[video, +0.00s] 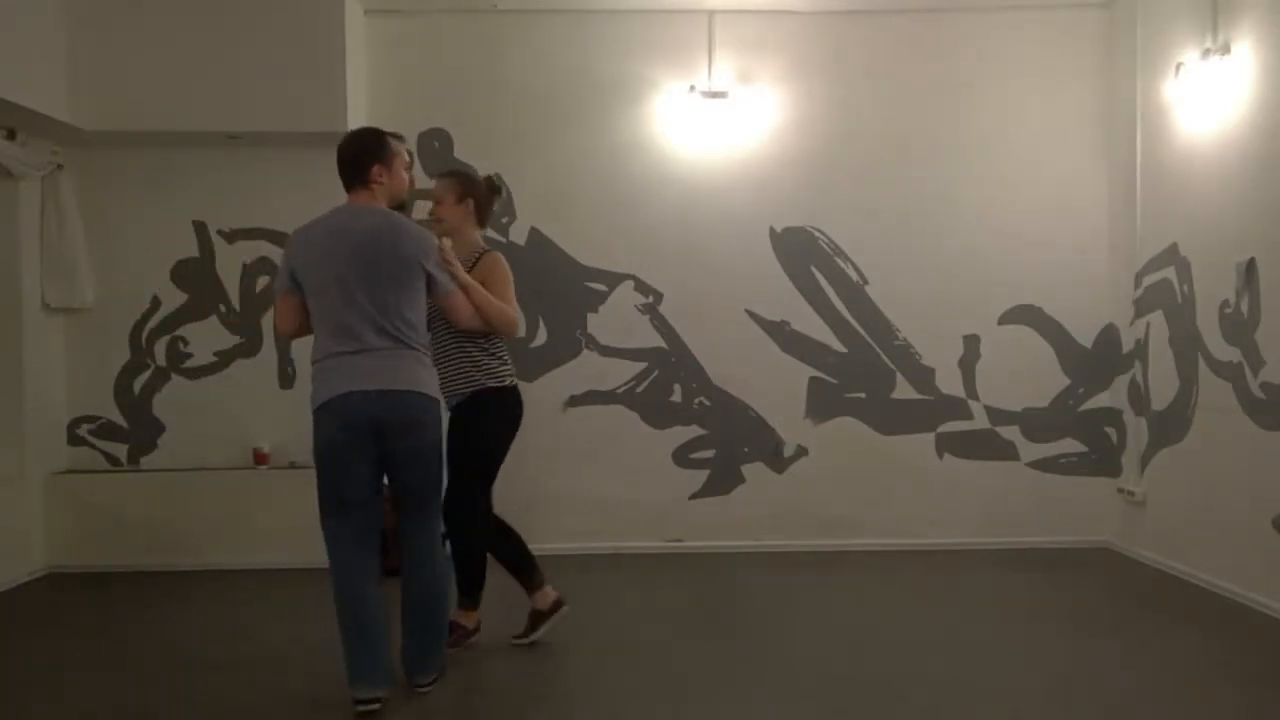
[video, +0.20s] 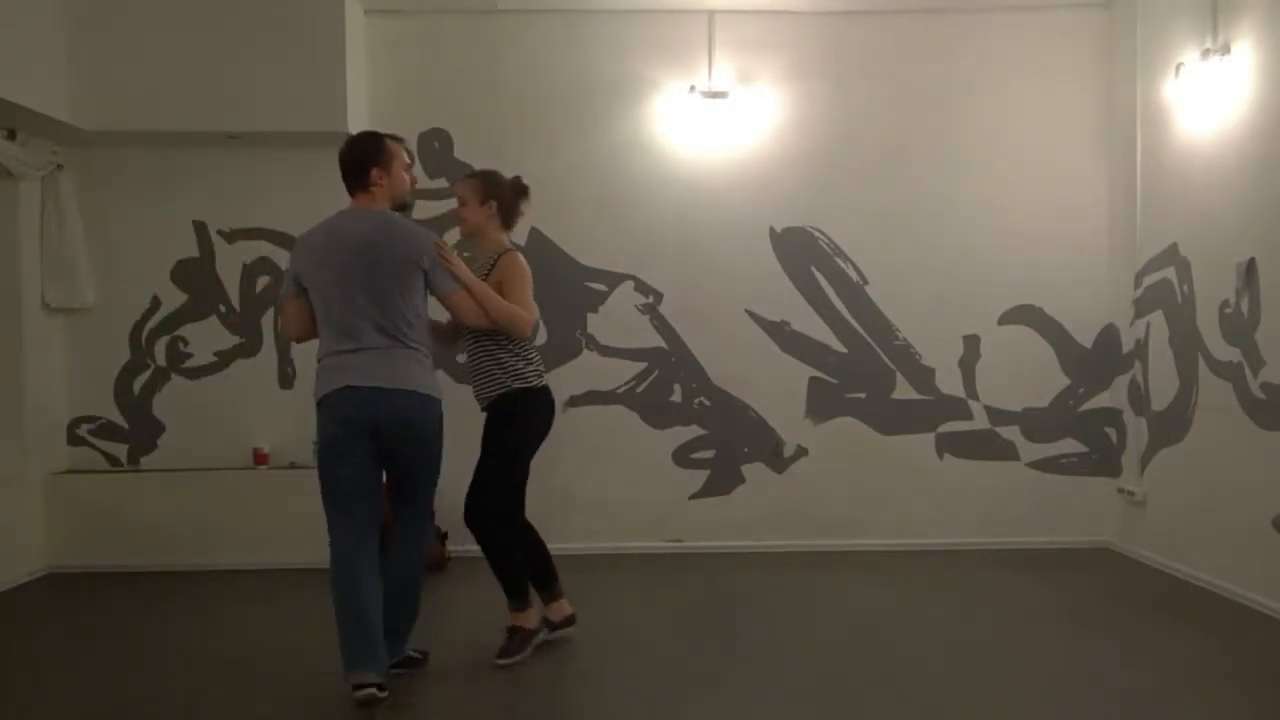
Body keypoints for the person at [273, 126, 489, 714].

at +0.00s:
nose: (411, 176)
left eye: (408, 166)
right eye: (404, 166)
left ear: (352, 177)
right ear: (379, 173)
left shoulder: (304, 238)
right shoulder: (412, 235)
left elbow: (287, 325)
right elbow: (463, 316)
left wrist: (339, 306)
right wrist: (436, 281)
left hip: (339, 401)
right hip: (412, 398)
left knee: (349, 534)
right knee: (422, 528)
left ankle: (366, 682)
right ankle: (425, 665)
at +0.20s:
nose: (413, 176)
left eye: (410, 166)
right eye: (405, 167)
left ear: (358, 180)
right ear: (378, 176)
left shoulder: (310, 242)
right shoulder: (413, 236)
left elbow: (295, 327)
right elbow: (470, 315)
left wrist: (347, 308)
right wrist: (442, 326)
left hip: (341, 398)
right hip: (412, 398)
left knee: (350, 529)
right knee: (412, 519)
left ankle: (364, 668)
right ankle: (395, 643)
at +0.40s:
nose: (424, 187)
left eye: (421, 178)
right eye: (415, 179)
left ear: (373, 192)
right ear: (387, 189)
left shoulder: (329, 249)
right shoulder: (420, 244)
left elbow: (315, 340)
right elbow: (474, 317)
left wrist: (369, 326)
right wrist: (522, 318)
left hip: (353, 405)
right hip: (417, 404)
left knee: (366, 515)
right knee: (411, 525)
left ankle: (331, 619)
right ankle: (384, 653)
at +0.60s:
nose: (440, 185)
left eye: (437, 175)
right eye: (431, 176)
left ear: (388, 188)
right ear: (403, 184)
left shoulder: (353, 246)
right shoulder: (418, 235)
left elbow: (340, 332)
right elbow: (454, 301)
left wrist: (407, 342)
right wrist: (530, 307)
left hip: (367, 390)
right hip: (416, 393)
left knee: (412, 502)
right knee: (418, 510)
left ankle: (412, 610)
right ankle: (385, 645)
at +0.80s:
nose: (459, 196)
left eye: (457, 187)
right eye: (452, 188)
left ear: (421, 197)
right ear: (426, 196)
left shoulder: (407, 243)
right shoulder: (417, 246)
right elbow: (425, 315)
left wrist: (499, 312)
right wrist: (499, 319)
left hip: (403, 397)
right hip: (413, 401)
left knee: (448, 501)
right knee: (428, 506)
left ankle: (458, 611)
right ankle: (382, 634)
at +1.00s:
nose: (461, 202)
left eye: (460, 191)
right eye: (454, 192)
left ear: (431, 195)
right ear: (435, 195)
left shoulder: (451, 248)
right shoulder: (421, 250)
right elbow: (412, 322)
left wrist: (505, 315)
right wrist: (467, 319)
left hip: (436, 393)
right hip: (415, 396)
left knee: (453, 499)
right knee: (439, 501)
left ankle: (457, 609)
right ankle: (388, 610)